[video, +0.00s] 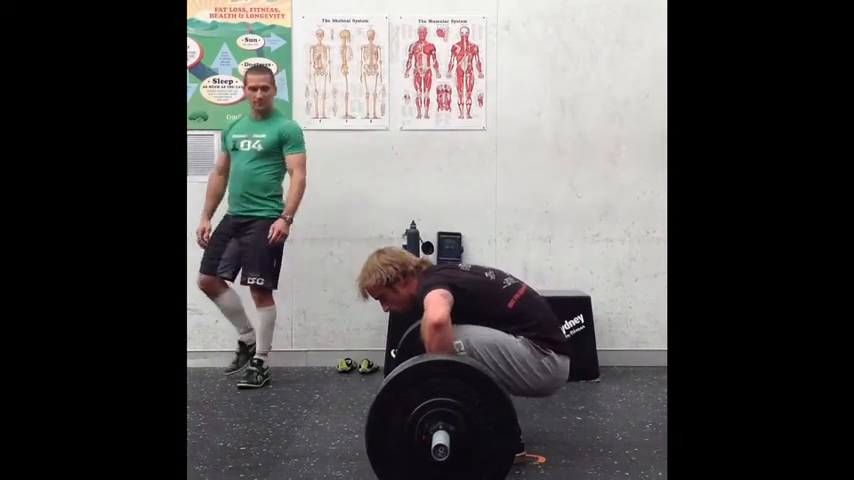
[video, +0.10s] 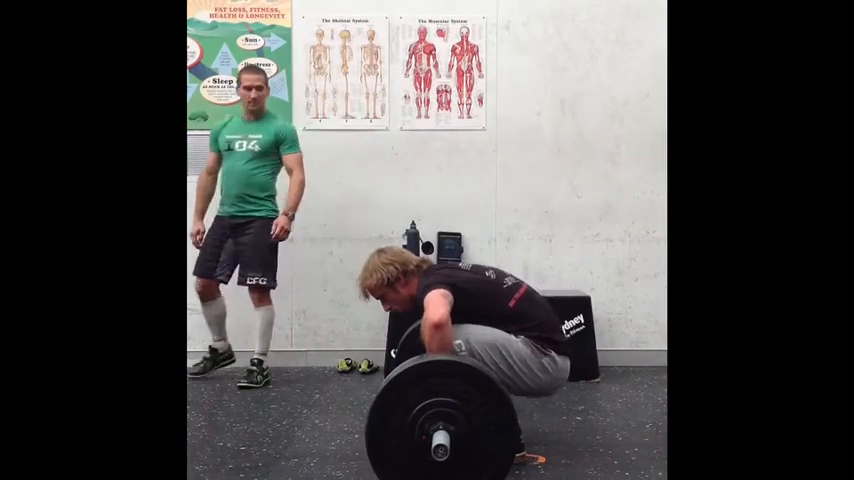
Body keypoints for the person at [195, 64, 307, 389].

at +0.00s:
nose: (258, 94)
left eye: (264, 88)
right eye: (253, 89)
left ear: (274, 90)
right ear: (244, 91)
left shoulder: (287, 129)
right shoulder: (234, 128)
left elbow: (298, 176)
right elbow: (220, 173)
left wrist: (287, 217)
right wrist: (206, 216)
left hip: (266, 220)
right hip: (233, 219)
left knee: (260, 289)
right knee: (209, 282)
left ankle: (261, 363)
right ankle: (248, 339)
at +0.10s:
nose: (253, 94)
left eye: (259, 88)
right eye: (247, 88)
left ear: (268, 91)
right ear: (238, 91)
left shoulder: (281, 129)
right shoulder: (223, 129)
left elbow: (297, 175)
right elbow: (209, 173)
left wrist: (287, 214)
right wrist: (199, 217)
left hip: (261, 221)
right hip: (225, 220)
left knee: (259, 290)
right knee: (205, 284)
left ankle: (259, 363)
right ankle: (221, 349)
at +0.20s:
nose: (246, 94)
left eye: (252, 89)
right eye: (240, 89)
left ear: (259, 92)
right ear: (230, 92)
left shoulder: (273, 130)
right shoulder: (212, 129)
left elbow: (294, 172)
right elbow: (196, 172)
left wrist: (289, 211)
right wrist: (192, 218)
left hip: (254, 221)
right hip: (216, 221)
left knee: (255, 290)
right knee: (202, 292)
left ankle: (259, 364)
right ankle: (192, 357)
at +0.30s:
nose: (236, 95)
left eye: (242, 90)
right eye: (230, 90)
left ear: (249, 94)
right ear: (220, 93)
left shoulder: (263, 132)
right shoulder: (201, 129)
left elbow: (291, 172)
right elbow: (186, 167)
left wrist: (286, 207)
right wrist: (187, 218)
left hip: (244, 222)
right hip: (205, 222)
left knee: (250, 291)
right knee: (194, 293)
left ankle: (259, 363)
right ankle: (190, 358)